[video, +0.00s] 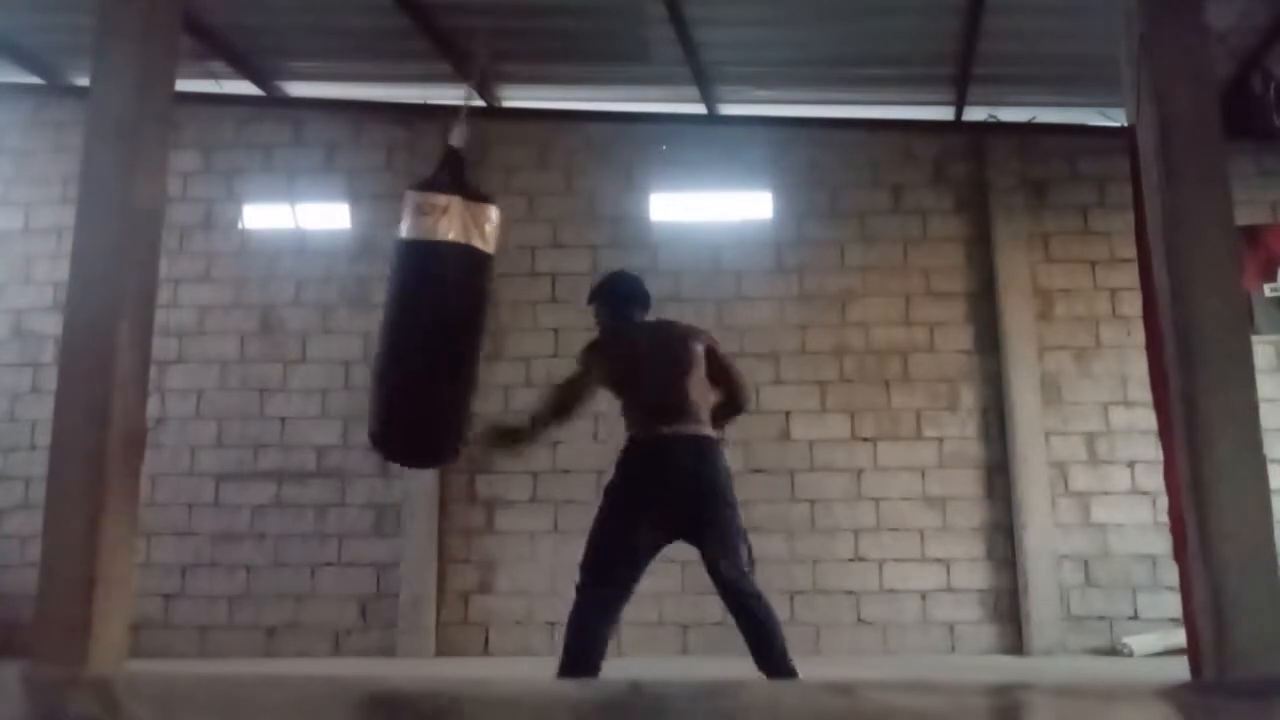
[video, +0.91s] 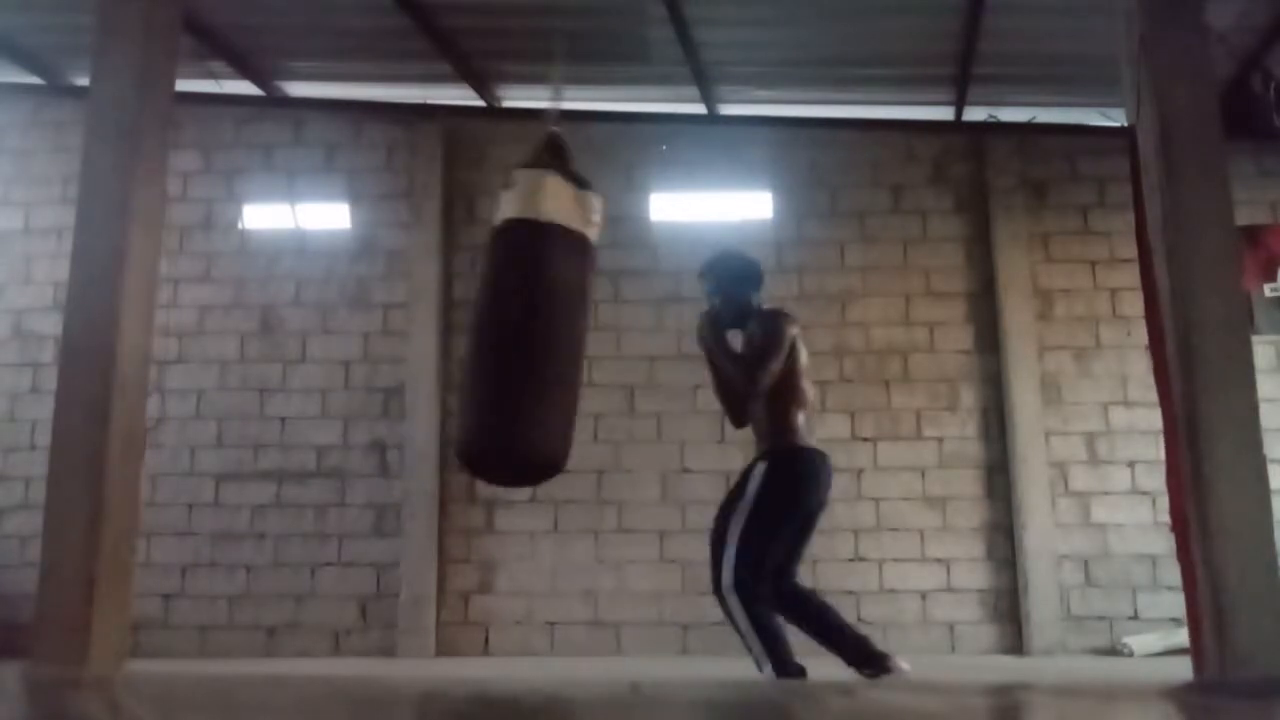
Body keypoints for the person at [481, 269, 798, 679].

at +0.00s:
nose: (597, 322)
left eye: (599, 312)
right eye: (597, 312)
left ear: (609, 309)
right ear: (644, 307)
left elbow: (564, 402)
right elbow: (739, 396)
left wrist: (526, 430)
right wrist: (709, 422)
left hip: (644, 469)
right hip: (703, 466)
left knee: (600, 590)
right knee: (738, 582)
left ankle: (571, 699)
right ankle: (788, 687)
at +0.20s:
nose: (573, 313)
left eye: (577, 302)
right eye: (572, 302)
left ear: (599, 298)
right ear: (613, 296)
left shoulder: (625, 328)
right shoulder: (637, 333)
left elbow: (604, 394)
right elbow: (654, 430)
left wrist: (579, 400)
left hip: (665, 464)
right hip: (686, 465)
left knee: (595, 544)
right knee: (680, 594)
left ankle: (574, 679)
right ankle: (787, 666)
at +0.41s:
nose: (606, 330)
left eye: (612, 317)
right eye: (606, 318)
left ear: (638, 316)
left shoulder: (673, 346)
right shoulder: (656, 380)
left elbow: (696, 346)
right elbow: (627, 446)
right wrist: (558, 432)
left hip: (698, 485)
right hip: (713, 490)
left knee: (618, 558)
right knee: (678, 614)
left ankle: (578, 691)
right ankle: (797, 675)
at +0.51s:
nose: (632, 315)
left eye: (637, 303)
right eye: (631, 303)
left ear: (660, 301)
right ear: (671, 302)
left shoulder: (694, 329)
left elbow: (716, 335)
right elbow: (677, 438)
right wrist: (614, 410)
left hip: (717, 472)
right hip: (736, 474)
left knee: (663, 574)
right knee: (727, 604)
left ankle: (615, 685)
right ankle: (813, 686)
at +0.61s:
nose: (650, 293)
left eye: (656, 282)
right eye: (650, 282)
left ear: (680, 280)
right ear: (690, 282)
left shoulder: (722, 308)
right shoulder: (718, 325)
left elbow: (696, 354)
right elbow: (712, 409)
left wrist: (659, 312)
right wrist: (662, 375)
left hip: (737, 449)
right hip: (763, 451)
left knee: (679, 532)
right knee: (743, 573)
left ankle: (682, 671)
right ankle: (812, 676)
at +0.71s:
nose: (665, 279)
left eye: (670, 268)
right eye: (664, 269)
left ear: (690, 265)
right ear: (709, 259)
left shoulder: (733, 291)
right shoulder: (743, 304)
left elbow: (709, 346)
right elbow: (727, 389)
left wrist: (670, 308)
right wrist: (681, 337)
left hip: (750, 435)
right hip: (781, 436)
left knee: (693, 548)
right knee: (751, 559)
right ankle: (814, 668)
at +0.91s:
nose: (707, 301)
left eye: (712, 290)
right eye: (706, 291)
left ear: (734, 290)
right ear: (744, 291)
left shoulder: (775, 325)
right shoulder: (764, 337)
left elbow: (744, 400)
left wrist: (712, 343)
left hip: (781, 468)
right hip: (807, 469)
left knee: (733, 582)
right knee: (777, 585)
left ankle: (789, 683)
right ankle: (876, 666)